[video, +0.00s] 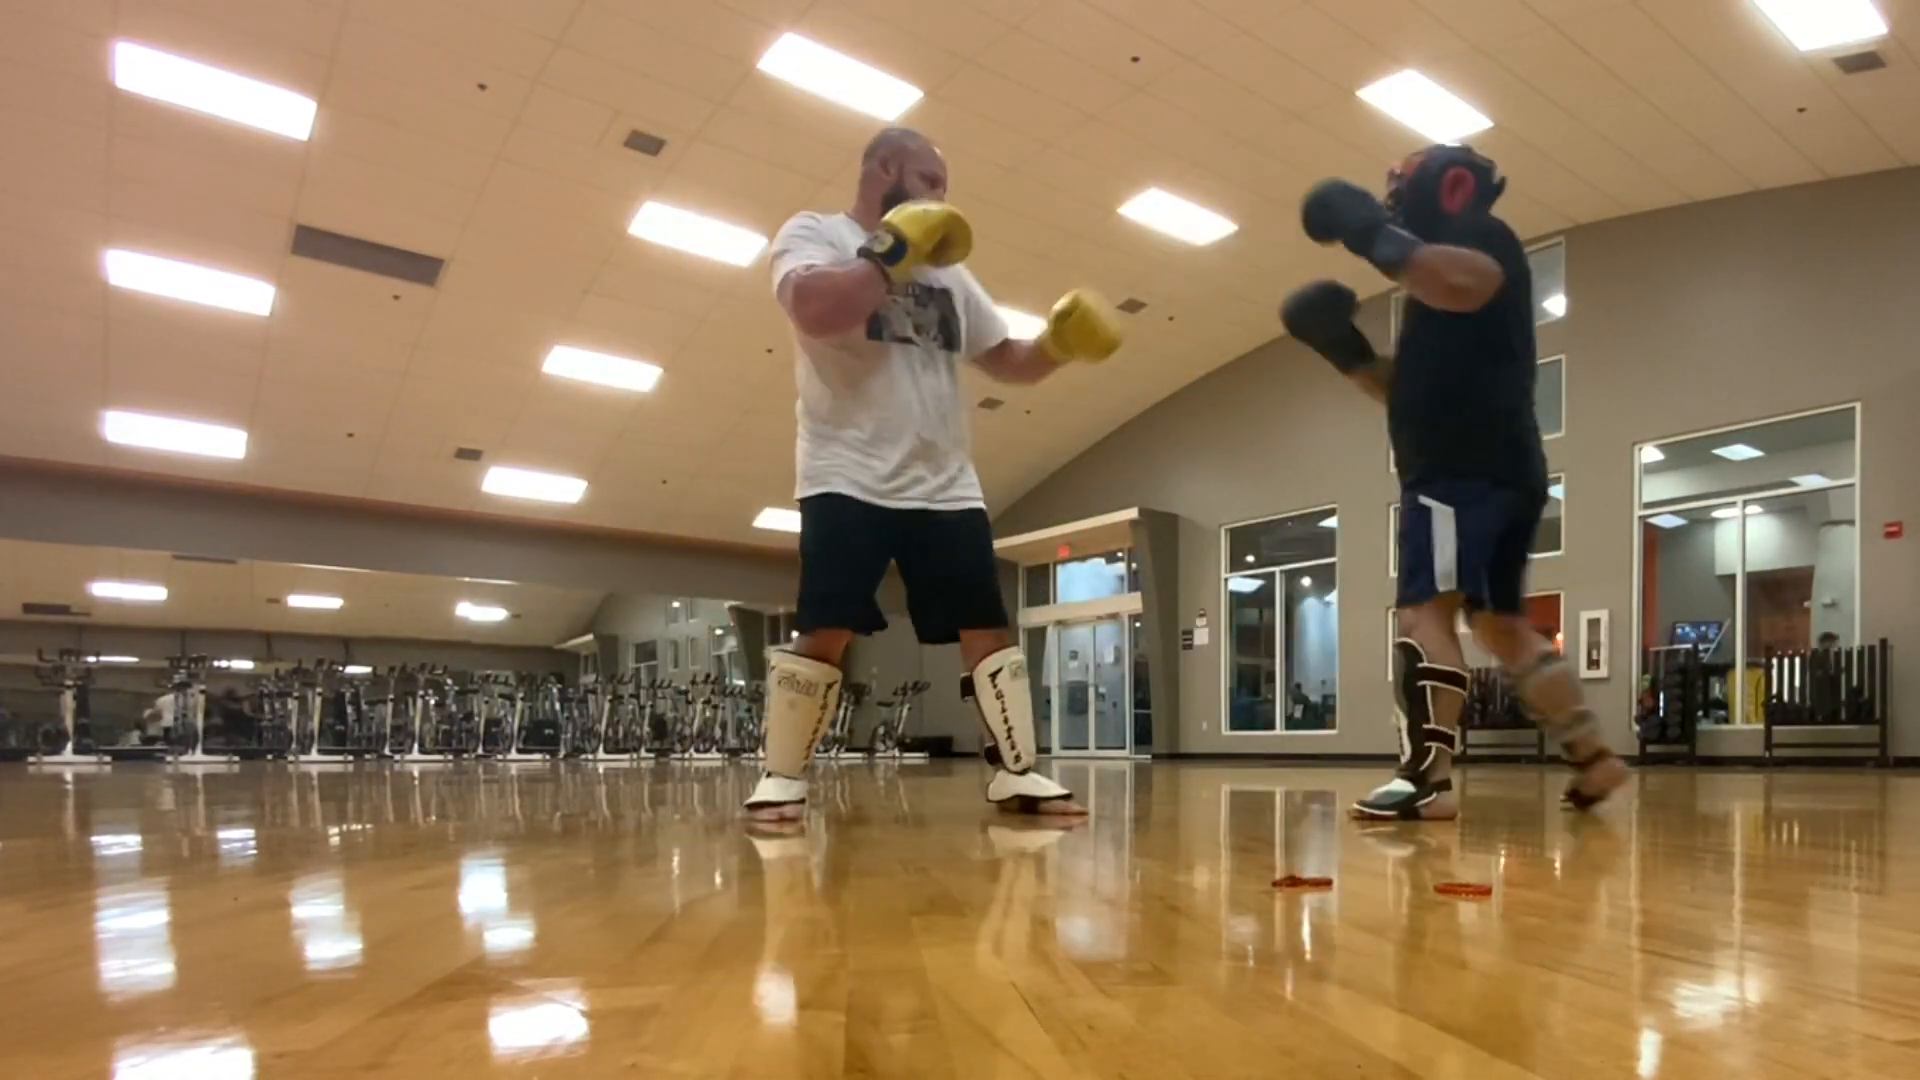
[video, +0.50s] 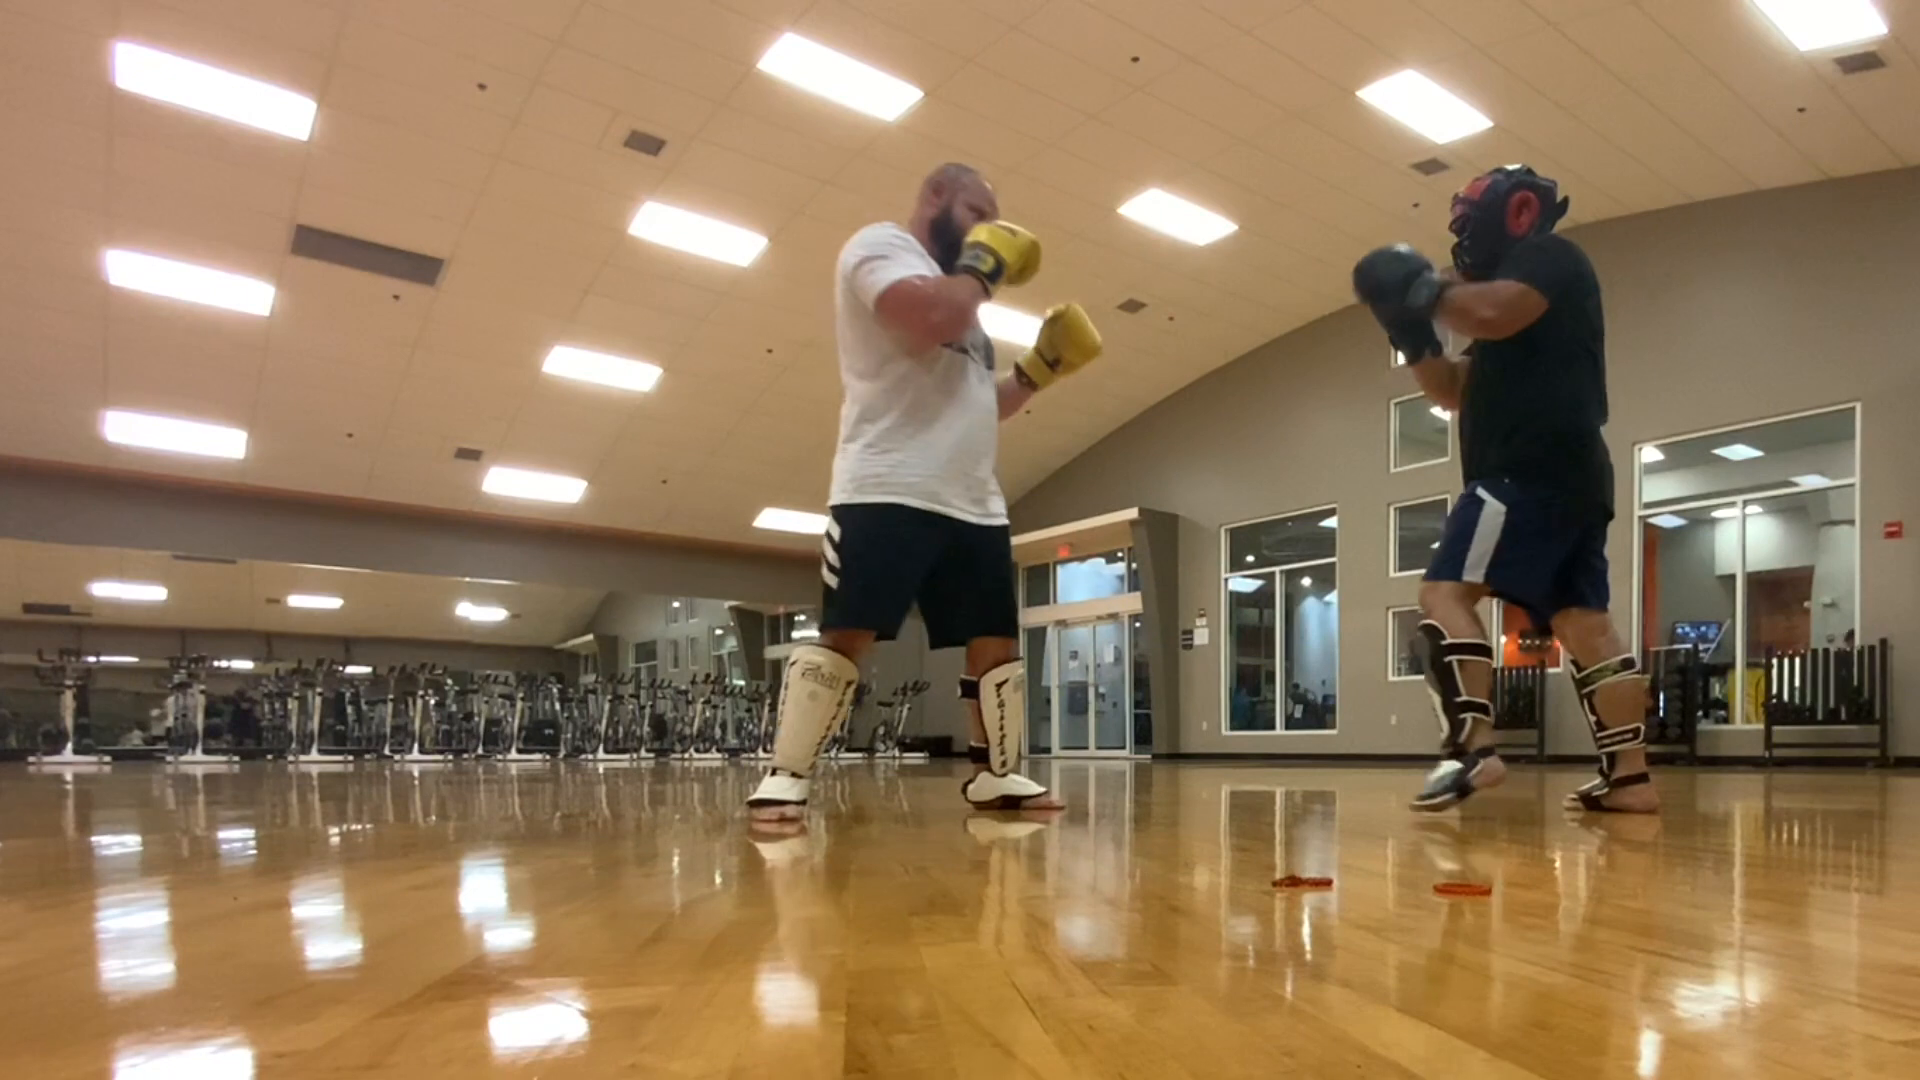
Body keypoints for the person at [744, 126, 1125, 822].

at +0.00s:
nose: (939, 199)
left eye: (944, 190)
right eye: (931, 182)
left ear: (935, 194)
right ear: (882, 166)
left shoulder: (947, 274)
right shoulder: (816, 234)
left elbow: (1003, 358)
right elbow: (814, 312)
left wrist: (1057, 344)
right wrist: (895, 254)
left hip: (943, 475)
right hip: (848, 468)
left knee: (983, 618)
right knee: (830, 621)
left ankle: (1019, 774)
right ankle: (781, 782)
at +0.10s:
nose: (936, 208)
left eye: (941, 196)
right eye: (928, 189)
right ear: (881, 170)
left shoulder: (929, 288)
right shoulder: (807, 236)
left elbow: (955, 383)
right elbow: (809, 325)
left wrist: (1000, 380)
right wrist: (898, 266)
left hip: (935, 476)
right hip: (840, 470)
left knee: (993, 609)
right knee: (825, 621)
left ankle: (1032, 759)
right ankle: (781, 784)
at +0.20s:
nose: (937, 209)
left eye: (942, 198)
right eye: (930, 190)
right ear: (884, 167)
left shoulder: (927, 291)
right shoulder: (810, 230)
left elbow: (939, 380)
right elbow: (821, 316)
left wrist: (993, 372)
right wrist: (907, 261)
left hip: (934, 472)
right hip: (841, 470)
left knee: (999, 603)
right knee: (823, 623)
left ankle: (1033, 750)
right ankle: (783, 782)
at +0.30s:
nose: (946, 205)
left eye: (949, 198)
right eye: (937, 189)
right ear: (891, 170)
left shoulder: (931, 287)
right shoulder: (822, 229)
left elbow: (946, 382)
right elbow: (860, 296)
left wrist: (1014, 346)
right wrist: (926, 238)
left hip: (939, 475)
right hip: (846, 470)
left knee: (996, 611)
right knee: (826, 624)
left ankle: (1013, 754)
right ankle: (783, 779)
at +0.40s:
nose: (960, 212)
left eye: (965, 203)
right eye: (952, 196)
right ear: (906, 183)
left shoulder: (944, 298)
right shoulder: (847, 236)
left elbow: (978, 390)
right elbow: (893, 304)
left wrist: (1031, 342)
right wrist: (950, 242)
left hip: (951, 487)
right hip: (861, 475)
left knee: (986, 630)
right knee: (833, 627)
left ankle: (1002, 770)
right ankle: (783, 778)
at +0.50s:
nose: (986, 233)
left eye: (992, 226)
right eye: (978, 213)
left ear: (981, 233)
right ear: (935, 197)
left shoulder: (966, 310)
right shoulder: (880, 246)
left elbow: (977, 408)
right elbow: (926, 322)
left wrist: (1037, 369)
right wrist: (985, 261)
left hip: (973, 495)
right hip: (889, 481)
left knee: (993, 631)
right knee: (851, 628)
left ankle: (999, 775)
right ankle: (787, 777)